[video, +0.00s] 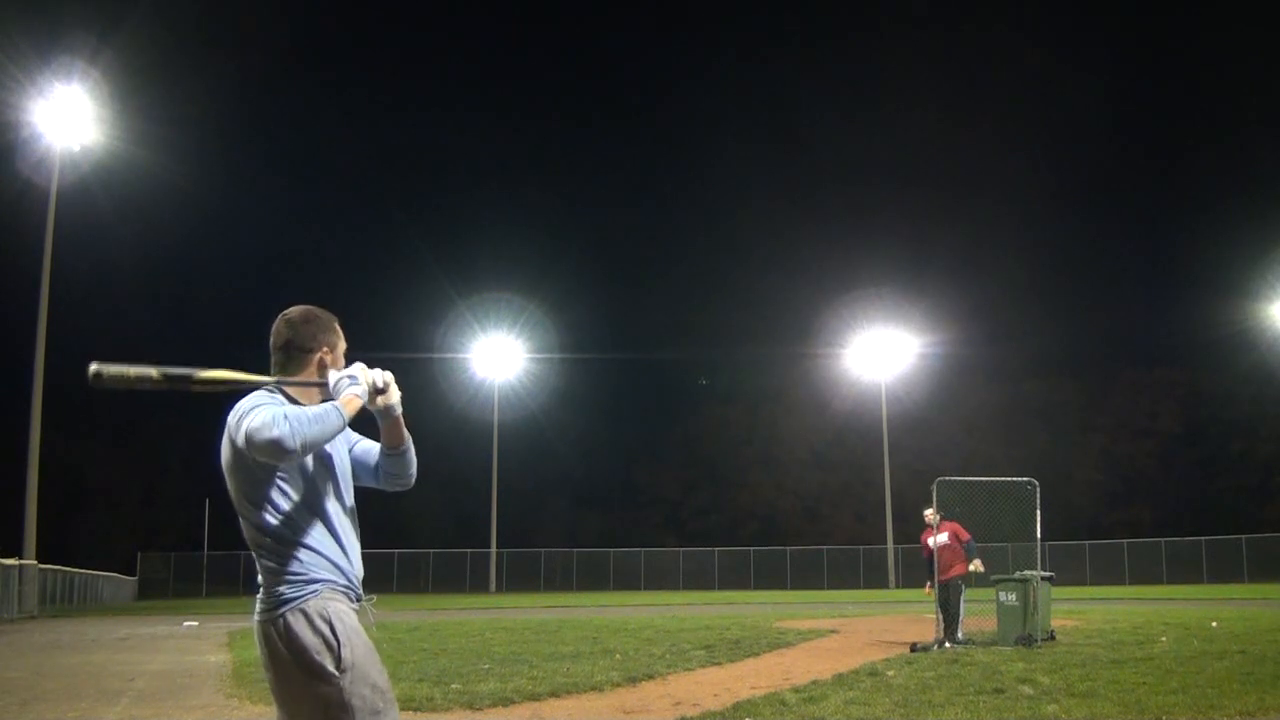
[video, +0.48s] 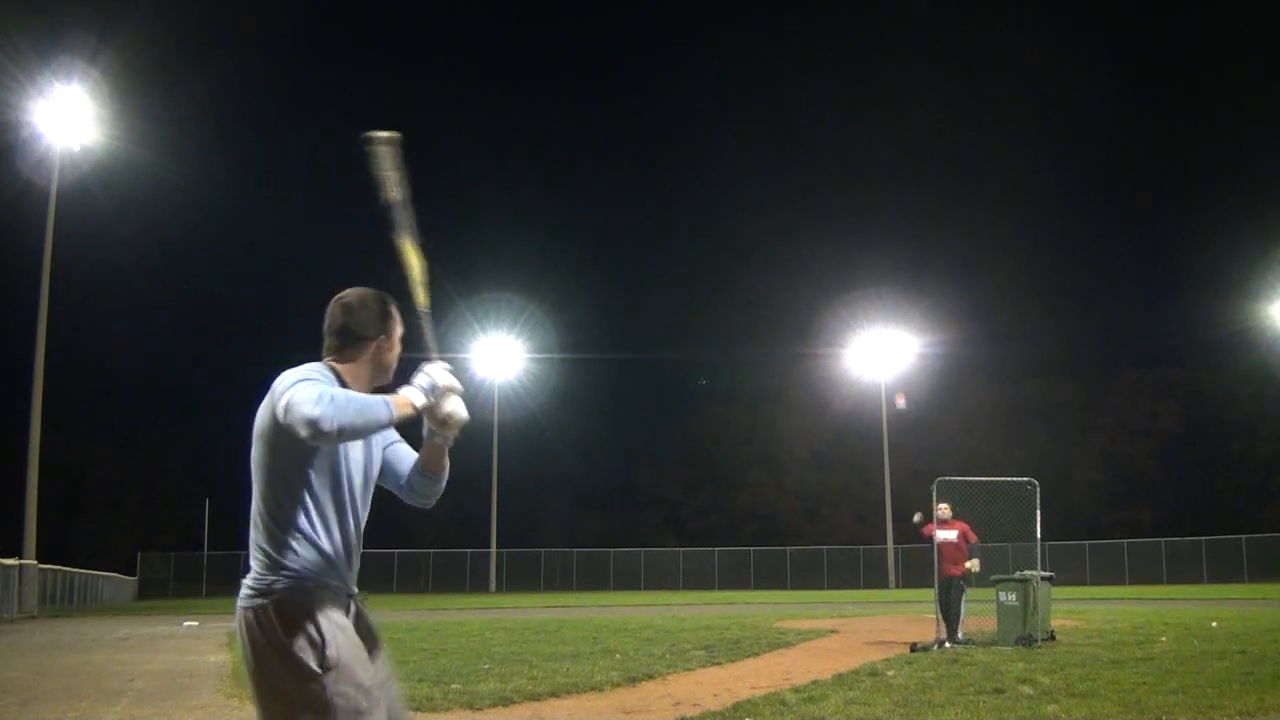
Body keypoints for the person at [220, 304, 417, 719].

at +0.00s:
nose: (345, 366)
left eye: (344, 356)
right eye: (343, 355)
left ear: (279, 353)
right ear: (325, 357)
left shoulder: (332, 432)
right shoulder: (257, 408)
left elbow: (399, 476)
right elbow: (279, 440)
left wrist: (391, 415)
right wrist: (352, 400)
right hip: (307, 611)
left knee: (316, 713)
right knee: (373, 711)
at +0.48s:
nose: (399, 354)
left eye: (399, 342)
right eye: (398, 342)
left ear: (336, 336)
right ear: (380, 346)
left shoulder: (372, 421)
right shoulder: (303, 381)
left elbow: (421, 490)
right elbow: (318, 419)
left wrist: (439, 438)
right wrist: (412, 398)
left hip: (337, 607)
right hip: (291, 608)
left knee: (390, 710)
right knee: (357, 711)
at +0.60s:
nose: (421, 351)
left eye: (421, 340)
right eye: (421, 340)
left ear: (356, 334)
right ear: (403, 346)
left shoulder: (387, 415)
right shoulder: (320, 383)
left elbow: (421, 503)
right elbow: (325, 433)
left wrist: (446, 464)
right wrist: (429, 423)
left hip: (346, 586)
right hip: (286, 590)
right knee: (343, 708)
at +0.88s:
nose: (459, 373)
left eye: (459, 362)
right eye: (456, 363)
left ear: (397, 358)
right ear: (437, 369)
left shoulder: (426, 425)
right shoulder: (345, 408)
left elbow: (454, 520)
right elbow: (325, 471)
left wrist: (463, 490)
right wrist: (428, 458)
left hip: (375, 577)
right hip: (303, 600)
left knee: (480, 569)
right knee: (347, 708)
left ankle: (466, 709)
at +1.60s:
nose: (451, 366)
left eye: (455, 363)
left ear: (453, 374)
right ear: (496, 406)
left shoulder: (387, 412)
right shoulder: (496, 453)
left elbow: (297, 368)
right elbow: (465, 403)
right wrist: (424, 358)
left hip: (347, 629)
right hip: (427, 640)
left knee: (354, 714)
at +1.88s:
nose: (396, 326)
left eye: (398, 320)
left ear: (404, 325)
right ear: (457, 343)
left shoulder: (391, 377)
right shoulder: (464, 391)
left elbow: (356, 458)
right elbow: (406, 350)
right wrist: (363, 310)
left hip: (342, 594)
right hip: (423, 608)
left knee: (303, 713)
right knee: (390, 713)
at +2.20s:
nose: (347, 311)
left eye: (351, 303)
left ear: (357, 306)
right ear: (411, 320)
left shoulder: (383, 365)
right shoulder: (409, 367)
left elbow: (378, 477)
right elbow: (321, 322)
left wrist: (350, 579)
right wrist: (256, 261)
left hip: (339, 566)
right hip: (399, 577)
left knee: (230, 707)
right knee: (370, 712)